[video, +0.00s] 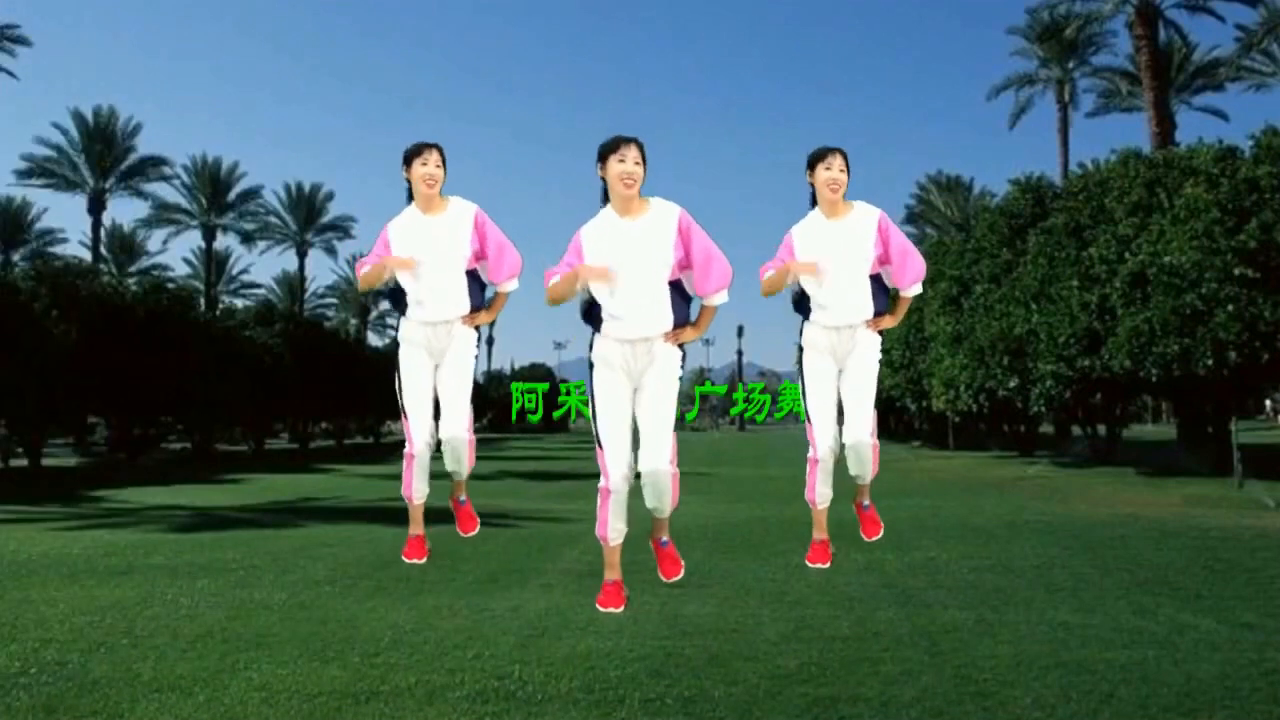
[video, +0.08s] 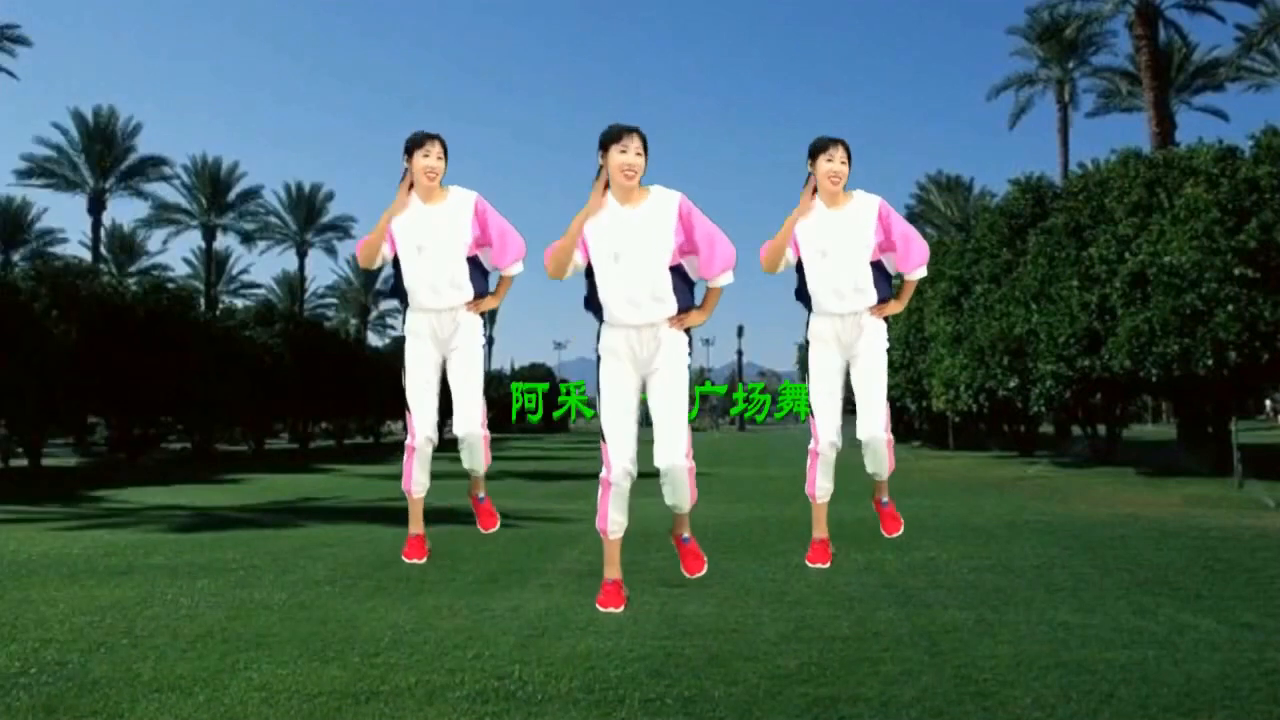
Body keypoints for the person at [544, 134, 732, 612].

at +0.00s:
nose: (630, 168)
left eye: (636, 162)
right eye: (620, 161)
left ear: (645, 172)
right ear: (603, 172)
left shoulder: (671, 218)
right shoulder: (591, 233)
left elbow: (716, 272)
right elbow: (553, 294)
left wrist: (698, 327)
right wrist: (578, 276)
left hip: (661, 349)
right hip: (611, 350)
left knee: (657, 463)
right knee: (616, 465)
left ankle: (661, 536)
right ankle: (611, 574)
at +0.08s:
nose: (632, 160)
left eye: (638, 152)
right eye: (622, 152)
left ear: (647, 161)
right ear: (604, 160)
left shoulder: (671, 205)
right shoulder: (591, 216)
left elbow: (720, 256)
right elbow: (555, 268)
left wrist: (703, 310)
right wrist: (586, 213)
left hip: (667, 338)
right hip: (617, 342)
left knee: (673, 458)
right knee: (619, 461)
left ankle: (682, 532)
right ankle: (611, 575)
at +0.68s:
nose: (644, 141)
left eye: (650, 133)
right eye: (635, 134)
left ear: (660, 138)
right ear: (617, 143)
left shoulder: (690, 177)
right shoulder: (613, 188)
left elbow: (739, 223)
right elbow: (605, 222)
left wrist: (723, 281)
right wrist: (612, 162)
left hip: (688, 306)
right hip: (639, 308)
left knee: (694, 447)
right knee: (632, 442)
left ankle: (688, 493)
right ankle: (622, 561)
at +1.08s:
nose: (653, 151)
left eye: (657, 141)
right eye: (643, 142)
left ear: (667, 148)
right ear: (626, 152)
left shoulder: (697, 196)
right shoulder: (617, 200)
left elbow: (737, 249)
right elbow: (656, 217)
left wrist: (722, 298)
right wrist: (650, 150)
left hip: (690, 320)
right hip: (640, 320)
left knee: (701, 457)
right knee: (634, 456)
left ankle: (698, 528)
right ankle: (626, 571)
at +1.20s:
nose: (658, 156)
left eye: (666, 149)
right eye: (649, 148)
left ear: (677, 157)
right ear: (632, 155)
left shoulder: (701, 199)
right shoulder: (622, 203)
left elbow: (743, 249)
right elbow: (676, 212)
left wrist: (731, 296)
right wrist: (710, 158)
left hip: (704, 320)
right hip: (655, 324)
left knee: (715, 451)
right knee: (652, 459)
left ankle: (726, 560)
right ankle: (630, 573)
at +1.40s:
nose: (665, 173)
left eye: (672, 166)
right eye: (655, 166)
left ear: (681, 174)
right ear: (639, 174)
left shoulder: (704, 221)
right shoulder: (630, 224)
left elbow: (752, 272)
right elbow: (683, 244)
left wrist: (730, 324)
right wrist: (745, 219)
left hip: (709, 353)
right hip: (658, 355)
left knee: (715, 471)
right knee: (660, 477)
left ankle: (725, 566)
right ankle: (629, 577)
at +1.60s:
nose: (660, 138)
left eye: (668, 130)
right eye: (651, 130)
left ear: (680, 137)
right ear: (636, 137)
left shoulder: (705, 189)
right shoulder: (624, 183)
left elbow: (739, 248)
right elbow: (645, 242)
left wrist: (717, 285)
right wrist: (701, 279)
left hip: (688, 314)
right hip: (638, 312)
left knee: (696, 449)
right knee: (631, 444)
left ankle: (688, 501)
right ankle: (620, 562)